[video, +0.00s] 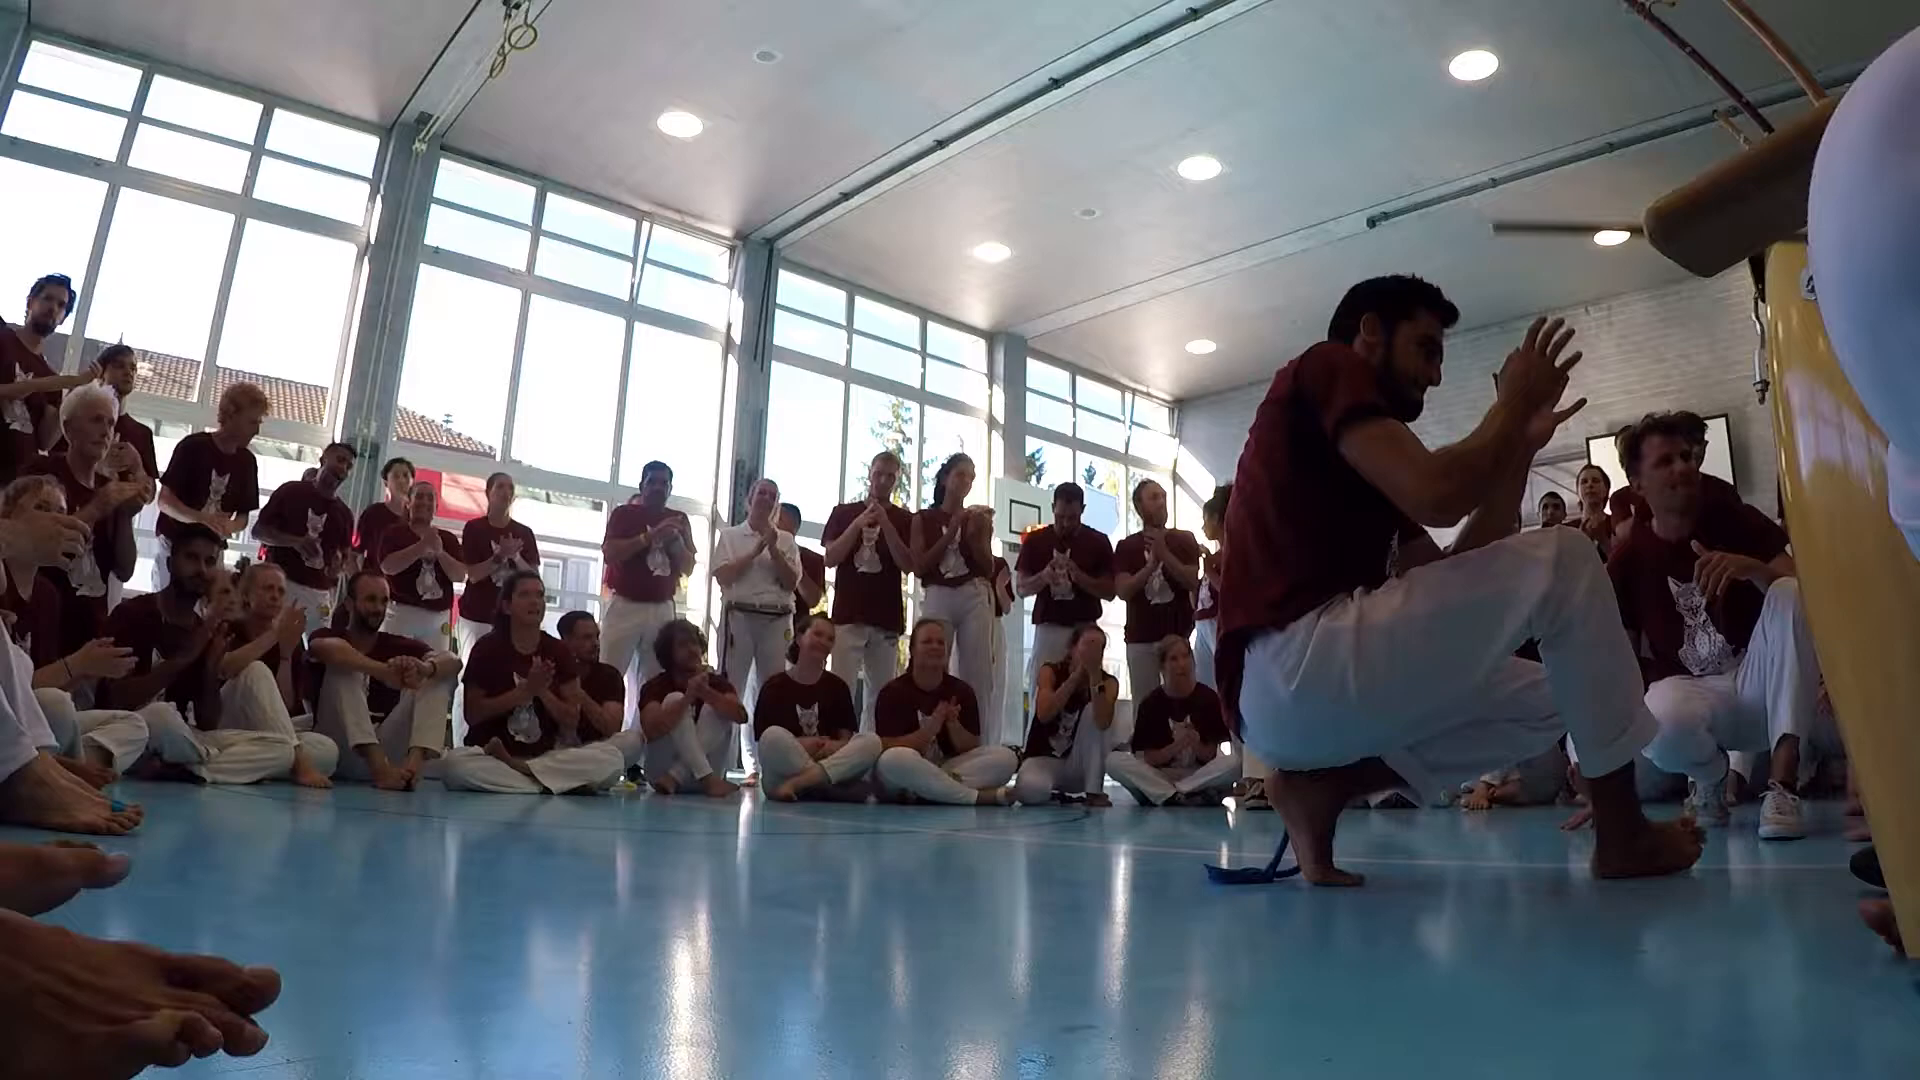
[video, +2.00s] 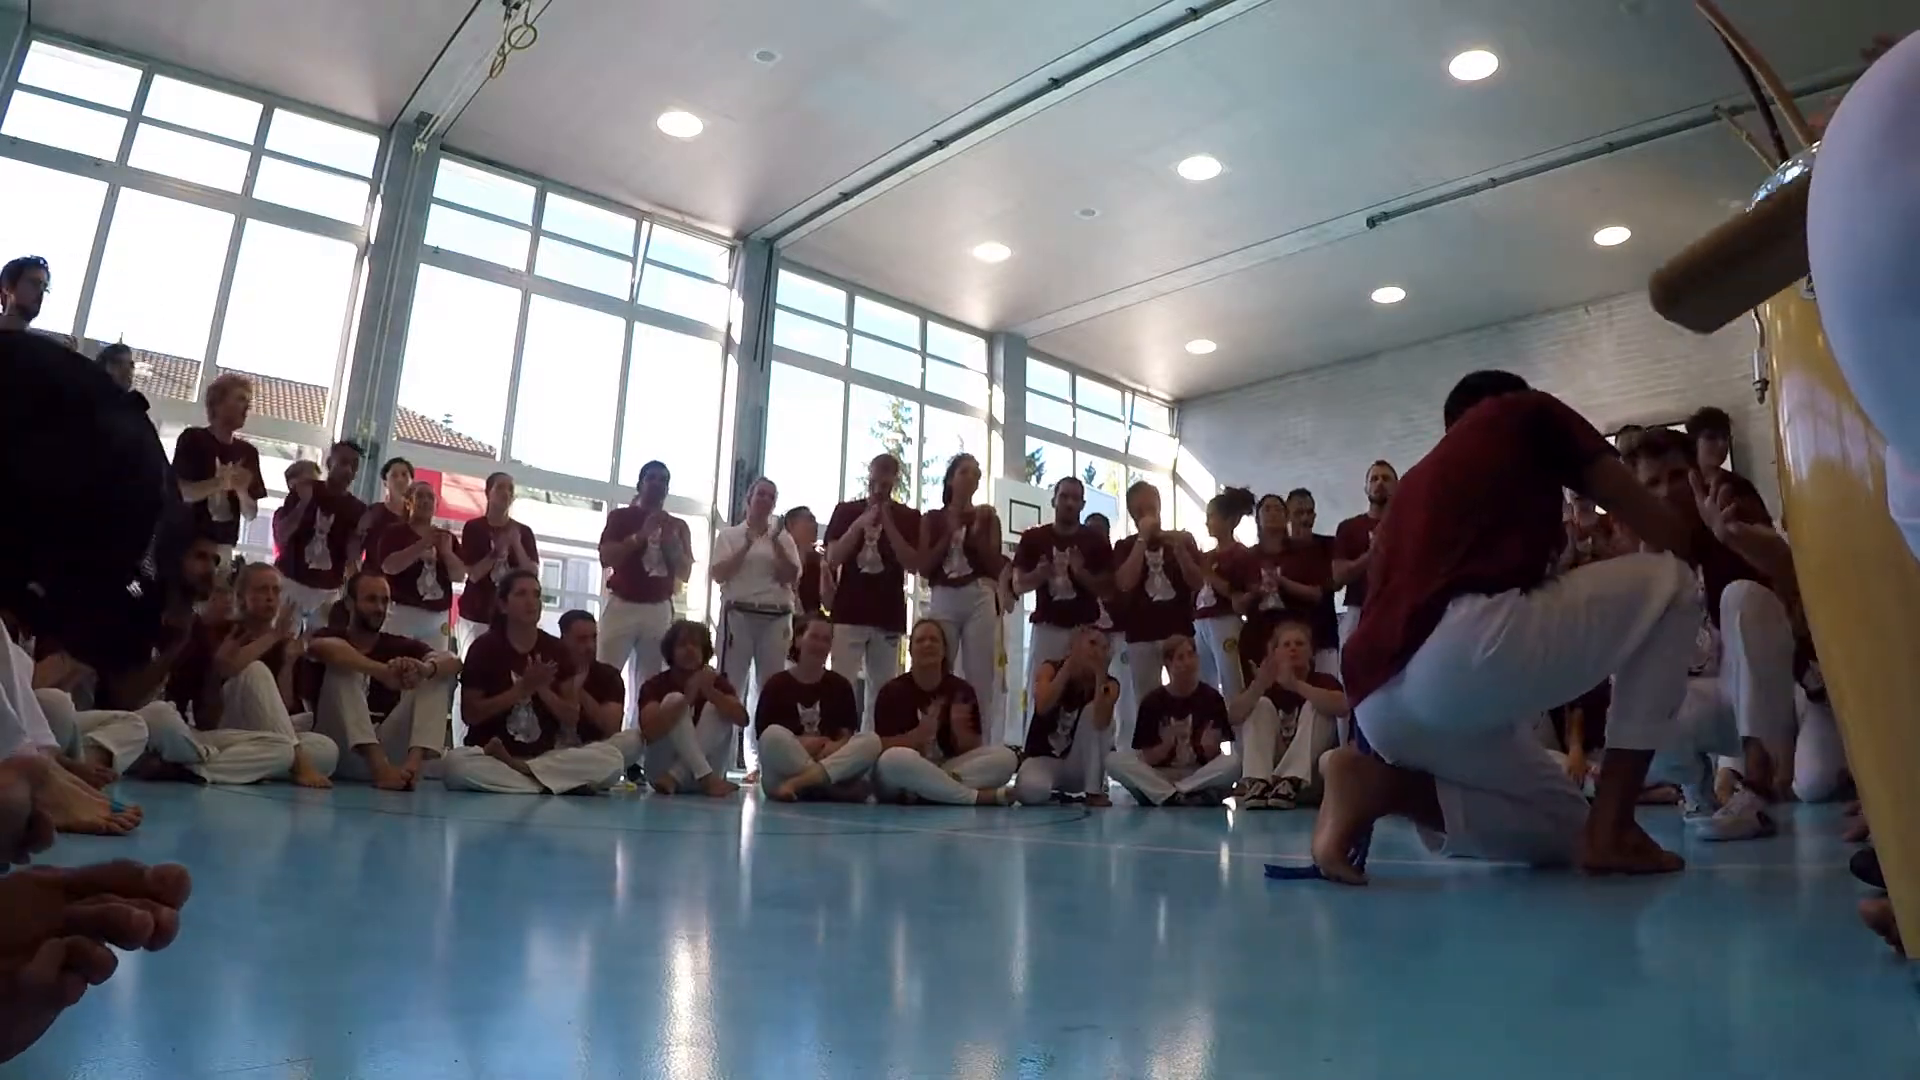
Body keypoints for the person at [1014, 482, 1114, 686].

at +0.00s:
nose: (1066, 523)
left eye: (1072, 518)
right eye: (1061, 517)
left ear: (1082, 511)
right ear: (1053, 509)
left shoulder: (1098, 541)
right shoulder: (1035, 540)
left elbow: (1109, 591)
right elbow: (1021, 588)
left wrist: (1078, 576)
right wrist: (1045, 576)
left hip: (1085, 629)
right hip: (1049, 629)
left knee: (1083, 699)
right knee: (1042, 697)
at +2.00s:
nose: (1070, 503)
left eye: (1076, 498)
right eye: (1064, 497)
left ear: (1083, 505)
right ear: (1054, 501)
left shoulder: (1096, 539)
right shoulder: (1033, 538)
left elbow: (1107, 588)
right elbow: (1018, 585)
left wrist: (1080, 572)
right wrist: (1040, 575)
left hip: (1086, 631)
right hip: (1047, 629)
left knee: (1083, 701)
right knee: (1040, 700)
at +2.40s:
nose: (1070, 499)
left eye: (1076, 495)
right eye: (1065, 493)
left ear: (1084, 504)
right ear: (1055, 500)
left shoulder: (1098, 539)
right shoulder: (1035, 537)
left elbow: (1111, 589)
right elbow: (1018, 586)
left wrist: (1088, 568)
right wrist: (1033, 575)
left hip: (1088, 630)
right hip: (1049, 629)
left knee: (1084, 703)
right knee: (1040, 699)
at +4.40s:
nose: (1040, 504)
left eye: (1045, 499)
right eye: (1033, 498)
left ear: (1049, 504)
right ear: (1019, 503)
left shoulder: (1067, 540)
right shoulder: (1005, 543)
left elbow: (1084, 587)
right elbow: (1002, 591)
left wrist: (1056, 571)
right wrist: (1033, 571)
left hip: (1065, 629)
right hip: (1027, 629)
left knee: (1067, 700)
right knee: (1027, 702)